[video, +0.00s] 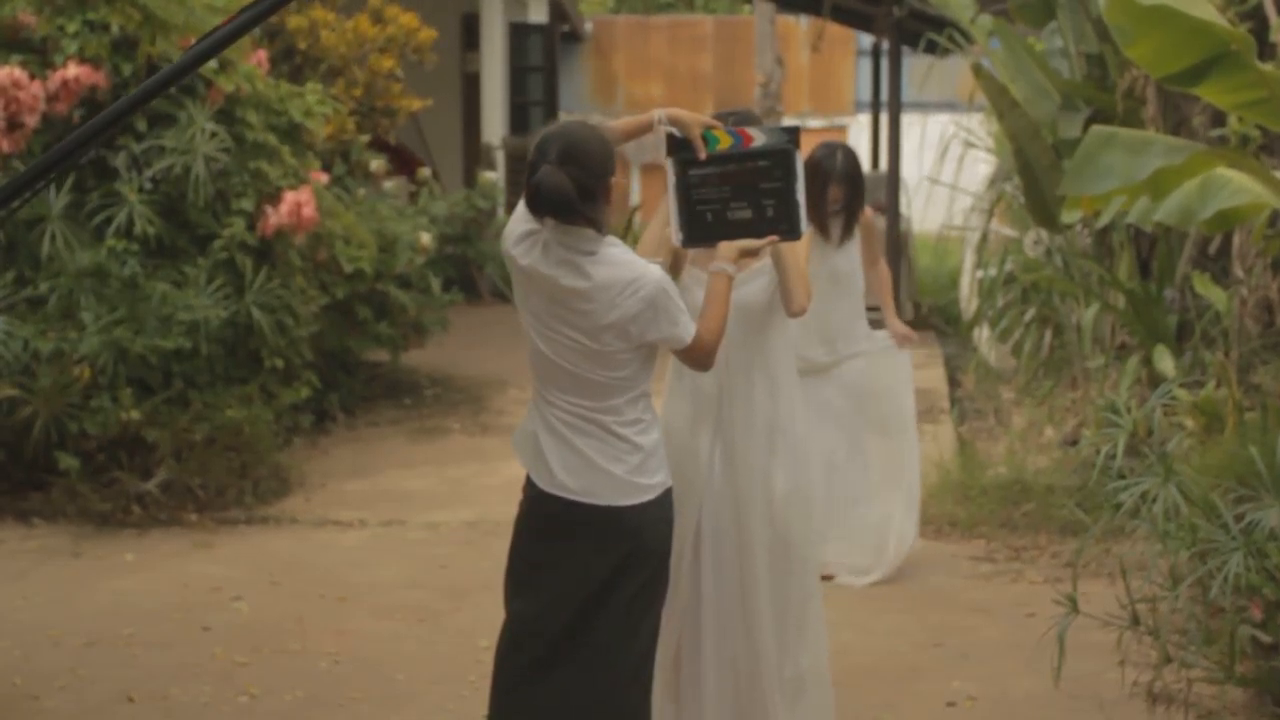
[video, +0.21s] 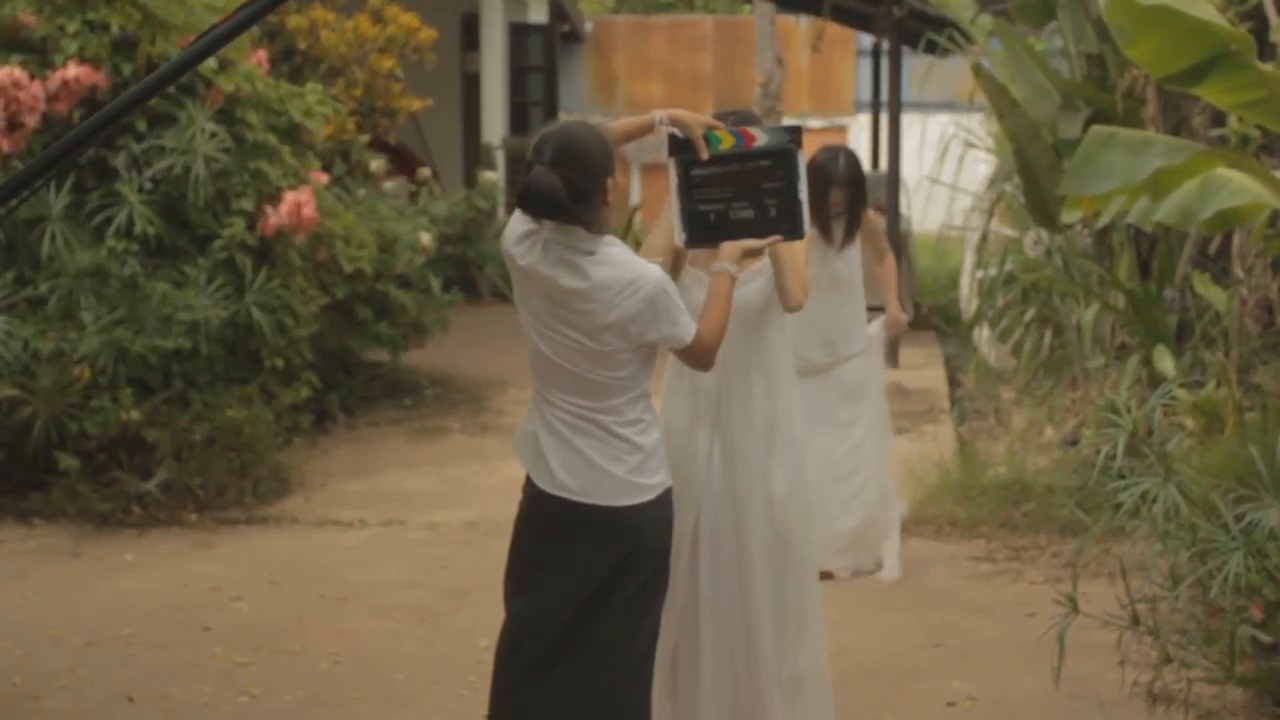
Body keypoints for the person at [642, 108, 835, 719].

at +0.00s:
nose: (734, 170)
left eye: (748, 157)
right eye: (721, 156)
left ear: (770, 166)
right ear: (701, 158)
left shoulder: (782, 228)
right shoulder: (684, 217)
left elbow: (797, 302)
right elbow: (643, 285)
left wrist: (774, 214)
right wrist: (675, 191)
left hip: (764, 426)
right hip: (693, 428)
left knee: (764, 578)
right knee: (695, 580)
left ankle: (770, 705)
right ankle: (694, 706)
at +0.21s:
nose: (733, 167)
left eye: (746, 154)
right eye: (721, 154)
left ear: (769, 163)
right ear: (701, 157)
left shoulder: (781, 223)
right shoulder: (687, 214)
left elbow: (793, 295)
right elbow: (647, 284)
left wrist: (773, 205)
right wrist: (677, 189)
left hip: (762, 424)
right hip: (692, 425)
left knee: (763, 576)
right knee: (694, 576)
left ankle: (769, 704)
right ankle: (694, 705)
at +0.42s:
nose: (733, 169)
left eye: (747, 155)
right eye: (722, 156)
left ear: (769, 163)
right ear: (701, 159)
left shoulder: (782, 222)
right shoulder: (686, 213)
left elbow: (792, 292)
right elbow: (647, 283)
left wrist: (771, 207)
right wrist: (673, 190)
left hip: (762, 421)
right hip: (691, 423)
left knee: (762, 575)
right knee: (693, 575)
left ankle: (767, 704)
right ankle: (691, 706)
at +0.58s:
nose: (732, 168)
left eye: (747, 155)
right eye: (721, 155)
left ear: (769, 164)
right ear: (701, 160)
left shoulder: (781, 226)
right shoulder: (688, 218)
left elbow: (789, 292)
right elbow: (649, 283)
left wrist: (772, 206)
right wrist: (664, 196)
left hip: (762, 421)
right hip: (691, 423)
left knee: (761, 575)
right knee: (693, 575)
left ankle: (767, 705)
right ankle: (692, 706)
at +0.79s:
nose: (737, 167)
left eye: (751, 155)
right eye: (726, 153)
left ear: (773, 164)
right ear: (707, 157)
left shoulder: (780, 220)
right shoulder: (691, 212)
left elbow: (789, 287)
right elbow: (652, 284)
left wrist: (771, 205)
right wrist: (664, 198)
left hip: (762, 412)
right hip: (691, 414)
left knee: (762, 565)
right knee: (693, 565)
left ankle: (767, 702)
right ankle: (693, 703)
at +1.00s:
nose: (736, 165)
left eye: (750, 153)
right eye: (725, 151)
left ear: (772, 162)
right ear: (705, 155)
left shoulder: (778, 219)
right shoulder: (691, 210)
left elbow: (788, 278)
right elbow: (656, 280)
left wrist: (771, 196)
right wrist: (663, 202)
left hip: (760, 410)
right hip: (691, 411)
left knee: (760, 561)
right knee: (694, 562)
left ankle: (767, 701)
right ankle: (694, 702)